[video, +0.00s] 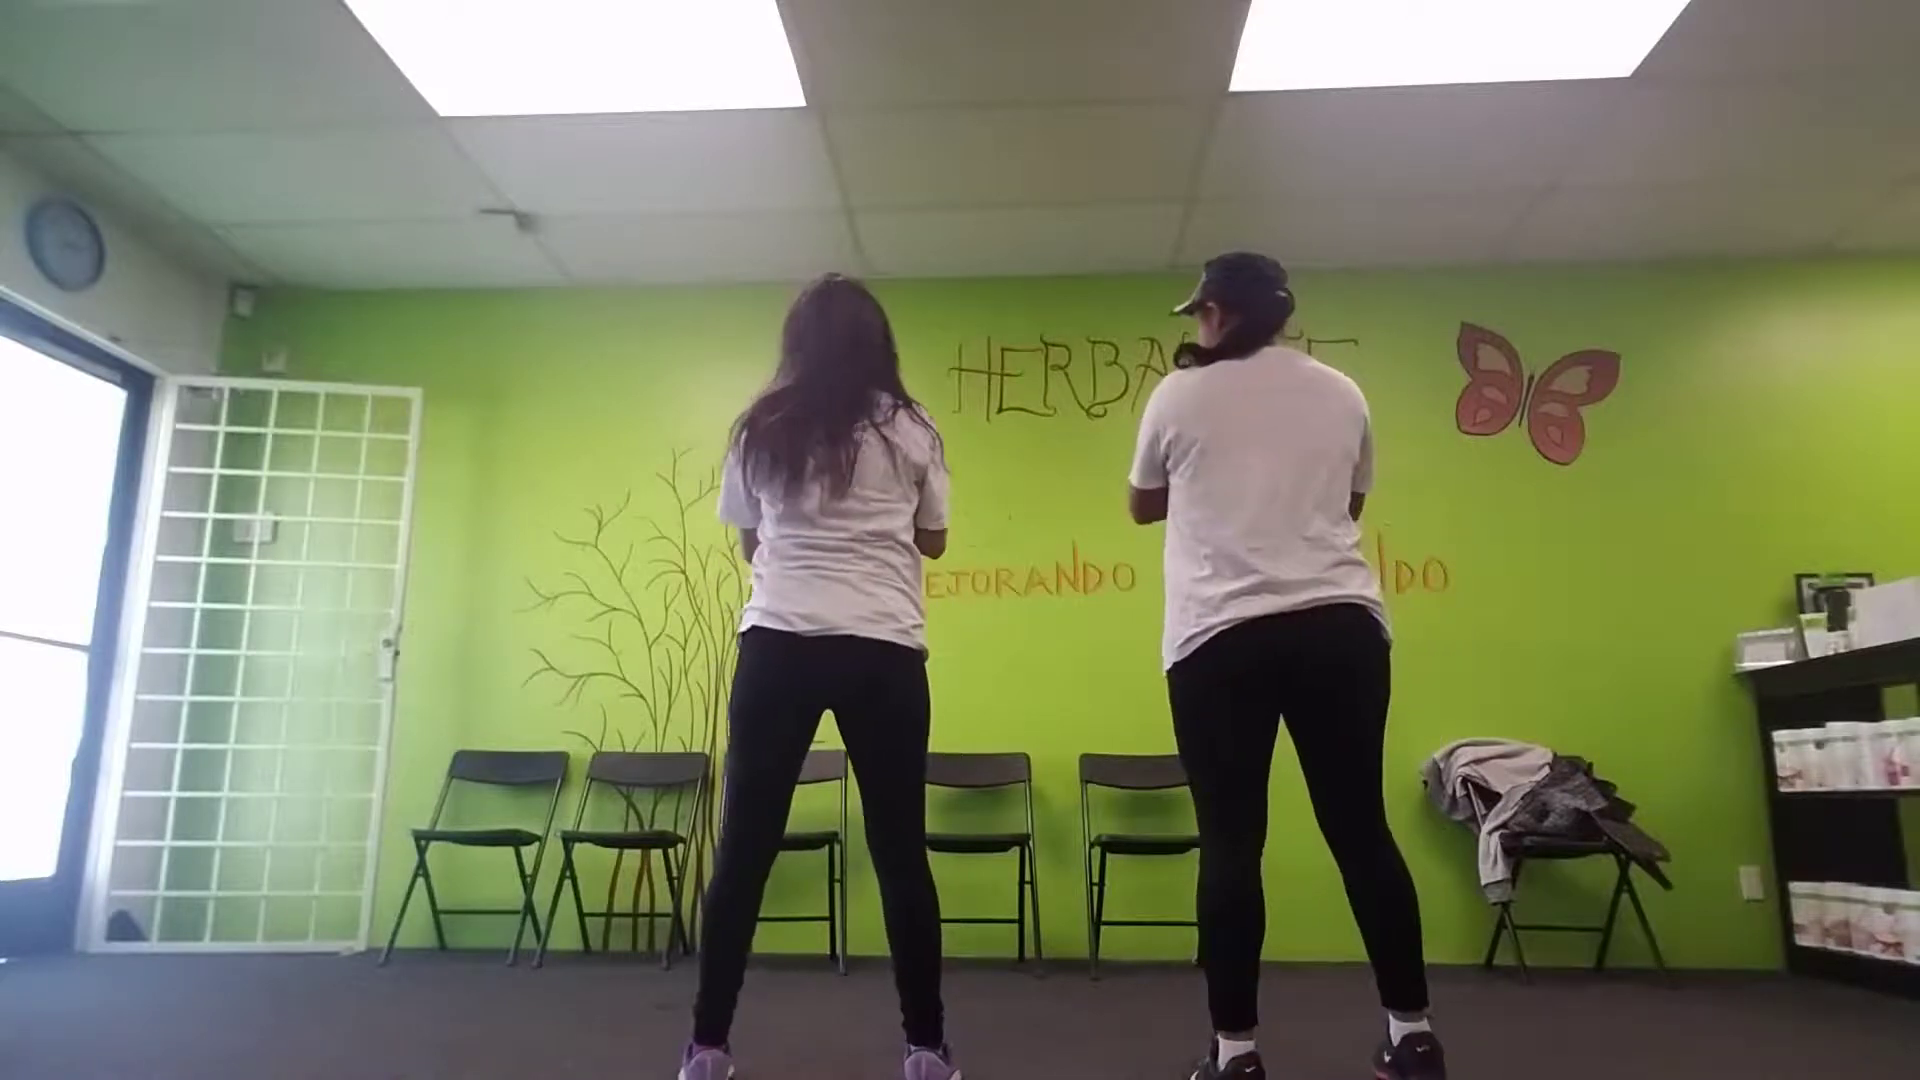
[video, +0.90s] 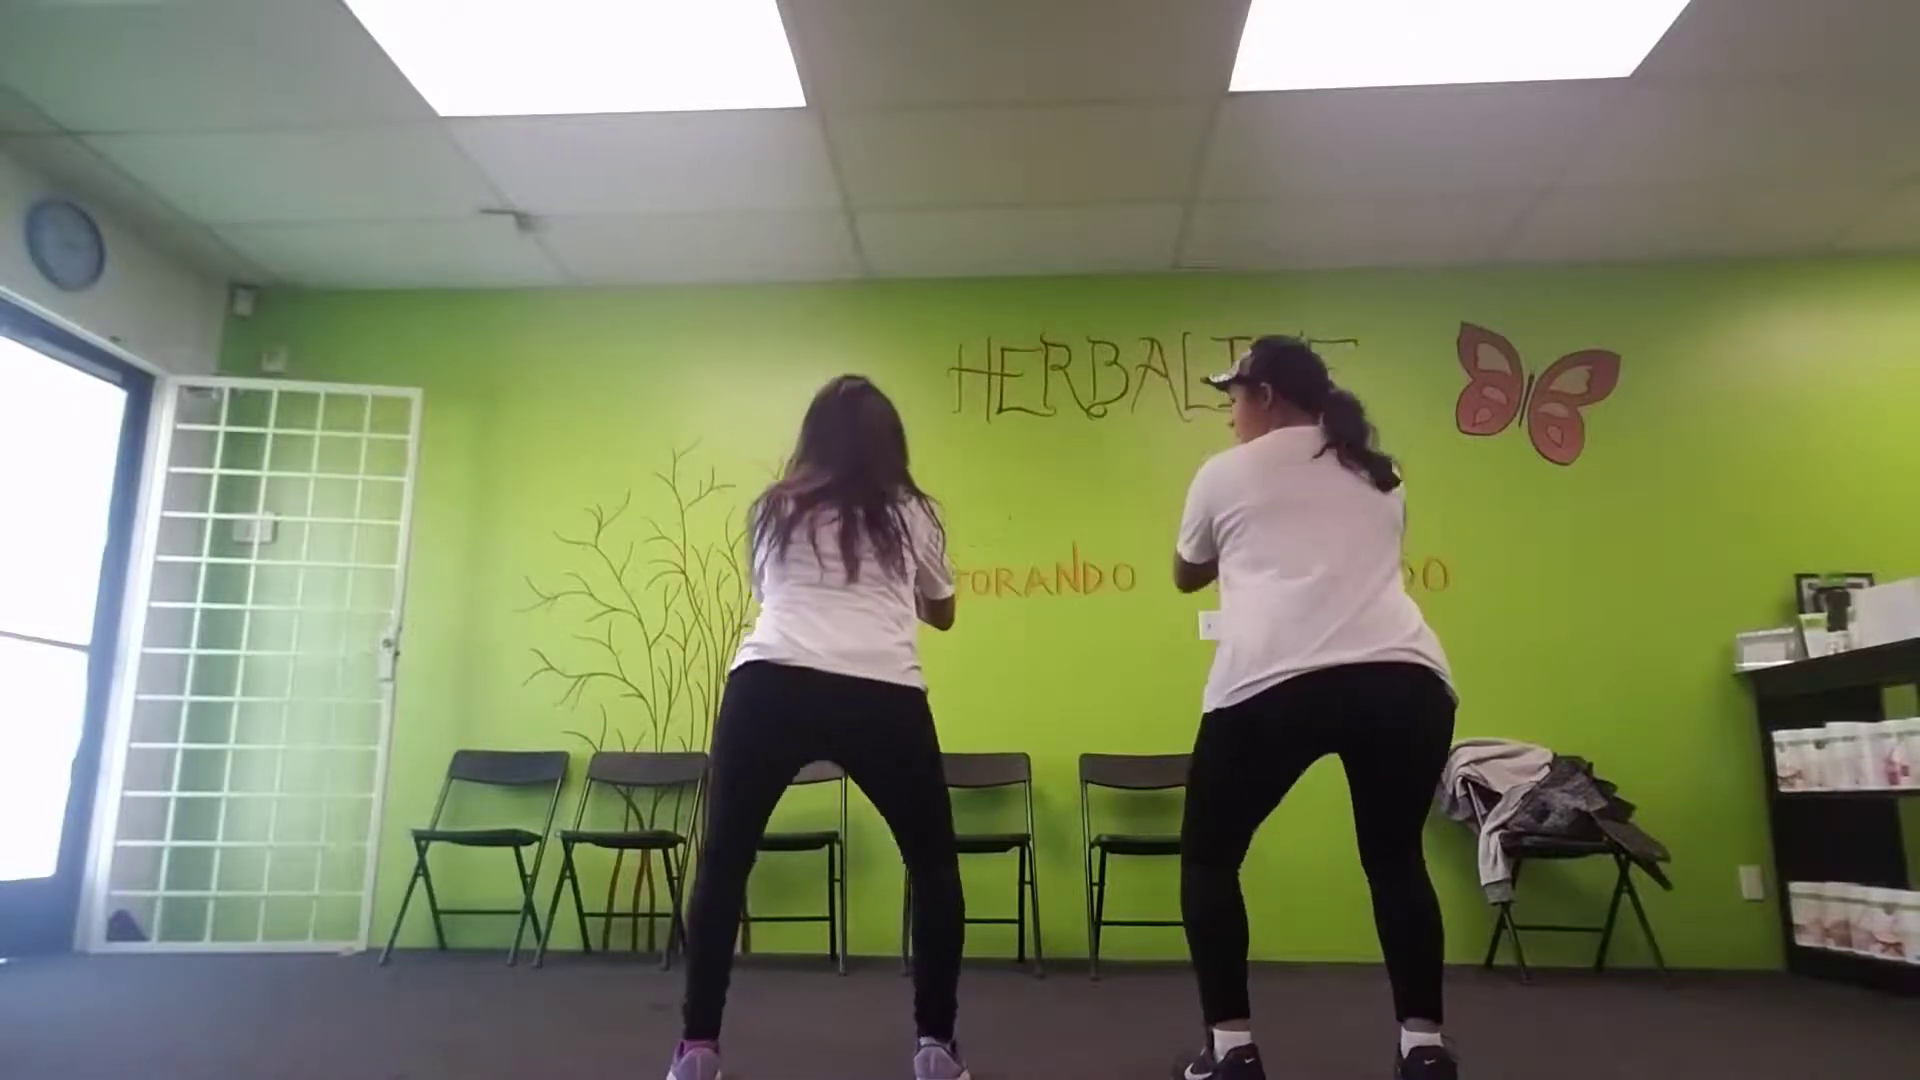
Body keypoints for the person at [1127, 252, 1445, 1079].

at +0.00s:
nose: (1197, 326)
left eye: (1204, 313)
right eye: (1199, 313)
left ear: (1226, 316)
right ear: (1282, 315)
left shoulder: (1177, 394)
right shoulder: (1341, 391)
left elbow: (1146, 504)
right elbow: (1350, 503)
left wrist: (1230, 467)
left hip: (1220, 647)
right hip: (1341, 637)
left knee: (1230, 844)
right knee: (1361, 828)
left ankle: (1234, 1050)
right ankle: (1412, 1033)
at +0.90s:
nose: (1230, 413)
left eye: (1236, 398)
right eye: (1232, 399)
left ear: (1264, 398)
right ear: (1312, 399)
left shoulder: (1224, 474)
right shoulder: (1379, 472)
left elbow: (1190, 572)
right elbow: (1377, 561)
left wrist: (1272, 540)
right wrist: (1278, 552)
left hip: (1272, 688)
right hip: (1403, 682)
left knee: (1209, 860)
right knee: (1396, 855)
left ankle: (1232, 1049)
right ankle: (1423, 1043)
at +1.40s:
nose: (1214, 610)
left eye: (1219, 597)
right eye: (1215, 597)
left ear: (1248, 601)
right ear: (1298, 602)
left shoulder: (1210, 668)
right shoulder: (1356, 662)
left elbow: (1178, 776)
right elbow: (1374, 746)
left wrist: (1229, 706)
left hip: (1275, 877)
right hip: (1427, 871)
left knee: (1169, 878)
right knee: (1391, 888)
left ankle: (1231, 1046)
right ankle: (1418, 1040)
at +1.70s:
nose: (1213, 585)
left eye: (1218, 574)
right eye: (1214, 573)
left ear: (1242, 578)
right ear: (1297, 579)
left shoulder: (1205, 645)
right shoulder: (1350, 638)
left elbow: (1178, 750)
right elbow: (1375, 719)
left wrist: (1225, 670)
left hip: (1269, 833)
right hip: (1416, 825)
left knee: (1180, 879)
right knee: (1387, 877)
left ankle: (1233, 1044)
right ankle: (1419, 1038)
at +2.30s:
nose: (1220, 356)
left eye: (1223, 341)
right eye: (1220, 343)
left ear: (1253, 336)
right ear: (1301, 335)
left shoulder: (1214, 407)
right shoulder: (1370, 409)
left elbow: (1164, 524)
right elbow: (1405, 533)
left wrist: (1246, 530)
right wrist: (1321, 536)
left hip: (1248, 646)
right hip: (1366, 637)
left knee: (1237, 840)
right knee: (1378, 835)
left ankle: (1235, 1047)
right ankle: (1422, 1040)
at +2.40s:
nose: (1223, 356)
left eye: (1227, 342)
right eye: (1223, 343)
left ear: (1257, 337)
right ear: (1301, 336)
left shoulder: (1217, 407)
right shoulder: (1374, 410)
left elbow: (1173, 527)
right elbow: (1407, 536)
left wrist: (1251, 539)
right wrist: (1324, 538)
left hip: (1246, 651)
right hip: (1363, 642)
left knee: (1247, 847)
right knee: (1378, 839)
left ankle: (1235, 1047)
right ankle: (1422, 1040)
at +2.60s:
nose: (1226, 358)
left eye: (1229, 343)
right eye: (1226, 345)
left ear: (1260, 336)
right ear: (1304, 335)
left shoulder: (1222, 407)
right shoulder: (1379, 411)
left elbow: (1178, 528)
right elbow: (1406, 537)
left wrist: (1252, 539)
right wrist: (1323, 537)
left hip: (1249, 651)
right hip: (1368, 643)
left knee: (1247, 848)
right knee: (1382, 841)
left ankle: (1237, 1045)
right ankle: (1421, 1040)